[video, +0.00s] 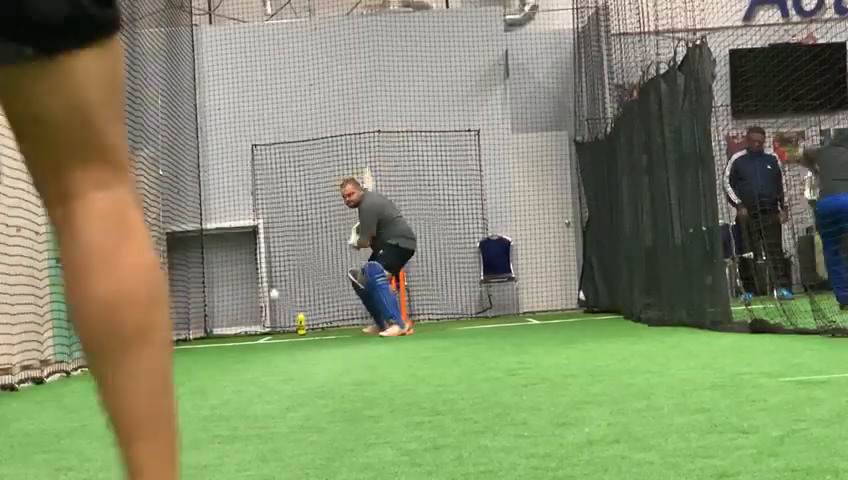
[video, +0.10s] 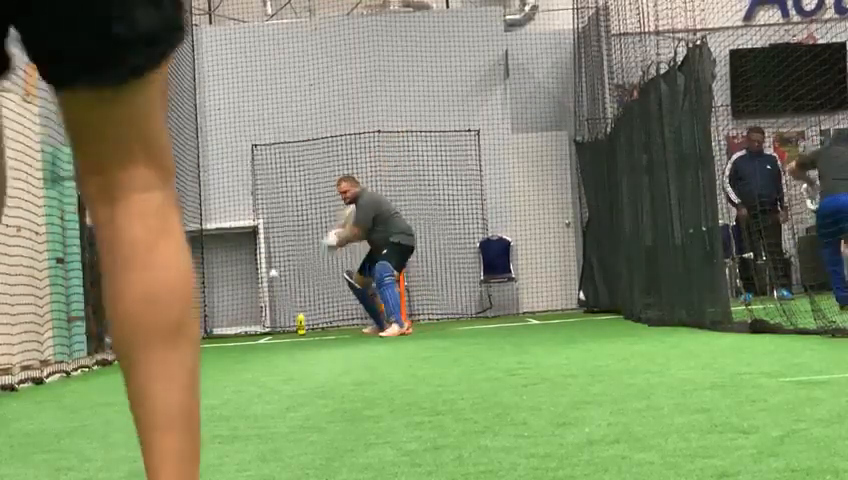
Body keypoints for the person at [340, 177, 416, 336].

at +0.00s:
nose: (347, 200)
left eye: (350, 195)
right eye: (344, 197)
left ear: (360, 190)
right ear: (342, 197)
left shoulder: (367, 205)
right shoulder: (369, 199)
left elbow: (365, 241)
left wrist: (357, 243)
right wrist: (364, 227)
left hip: (399, 243)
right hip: (391, 243)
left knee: (373, 272)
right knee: (360, 279)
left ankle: (398, 324)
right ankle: (382, 324)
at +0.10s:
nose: (344, 197)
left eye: (346, 192)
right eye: (341, 194)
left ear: (356, 187)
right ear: (340, 193)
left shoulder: (367, 199)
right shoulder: (359, 204)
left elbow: (360, 232)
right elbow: (358, 229)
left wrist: (341, 238)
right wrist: (342, 235)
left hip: (399, 240)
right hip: (381, 245)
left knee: (383, 272)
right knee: (359, 282)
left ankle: (397, 323)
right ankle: (380, 324)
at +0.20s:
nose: (341, 194)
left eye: (342, 190)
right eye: (340, 190)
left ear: (350, 186)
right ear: (355, 186)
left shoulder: (363, 195)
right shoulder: (355, 205)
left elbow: (336, 216)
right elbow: (336, 229)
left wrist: (312, 231)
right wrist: (310, 241)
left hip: (402, 238)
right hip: (383, 245)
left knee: (396, 273)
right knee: (359, 282)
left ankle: (397, 320)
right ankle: (380, 322)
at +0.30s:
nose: (338, 197)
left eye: (339, 193)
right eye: (338, 194)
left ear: (347, 187)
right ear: (348, 187)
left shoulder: (364, 193)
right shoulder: (354, 207)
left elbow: (333, 211)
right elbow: (330, 225)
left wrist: (307, 216)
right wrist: (300, 230)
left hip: (403, 237)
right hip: (383, 245)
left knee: (400, 271)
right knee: (361, 280)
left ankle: (408, 320)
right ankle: (381, 323)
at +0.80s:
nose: (363, 182)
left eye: (365, 177)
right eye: (359, 180)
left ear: (372, 175)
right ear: (357, 182)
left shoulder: (386, 185)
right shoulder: (361, 197)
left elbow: (405, 191)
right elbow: (347, 209)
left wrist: (384, 181)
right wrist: (352, 185)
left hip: (407, 236)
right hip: (385, 242)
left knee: (402, 269)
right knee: (363, 281)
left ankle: (426, 319)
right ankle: (381, 323)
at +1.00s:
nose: (373, 174)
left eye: (375, 170)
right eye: (371, 171)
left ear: (387, 166)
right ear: (371, 171)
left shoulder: (405, 181)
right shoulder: (378, 187)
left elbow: (409, 202)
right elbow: (368, 214)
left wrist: (382, 199)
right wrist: (364, 197)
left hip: (419, 234)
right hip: (398, 239)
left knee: (406, 265)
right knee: (376, 267)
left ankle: (428, 321)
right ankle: (382, 321)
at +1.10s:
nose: (387, 165)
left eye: (390, 161)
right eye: (385, 162)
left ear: (400, 158)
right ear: (382, 163)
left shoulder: (415, 176)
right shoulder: (385, 184)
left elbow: (419, 202)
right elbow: (379, 205)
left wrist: (397, 212)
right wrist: (373, 211)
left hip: (424, 229)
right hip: (403, 233)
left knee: (412, 265)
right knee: (385, 267)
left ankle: (428, 321)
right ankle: (384, 318)